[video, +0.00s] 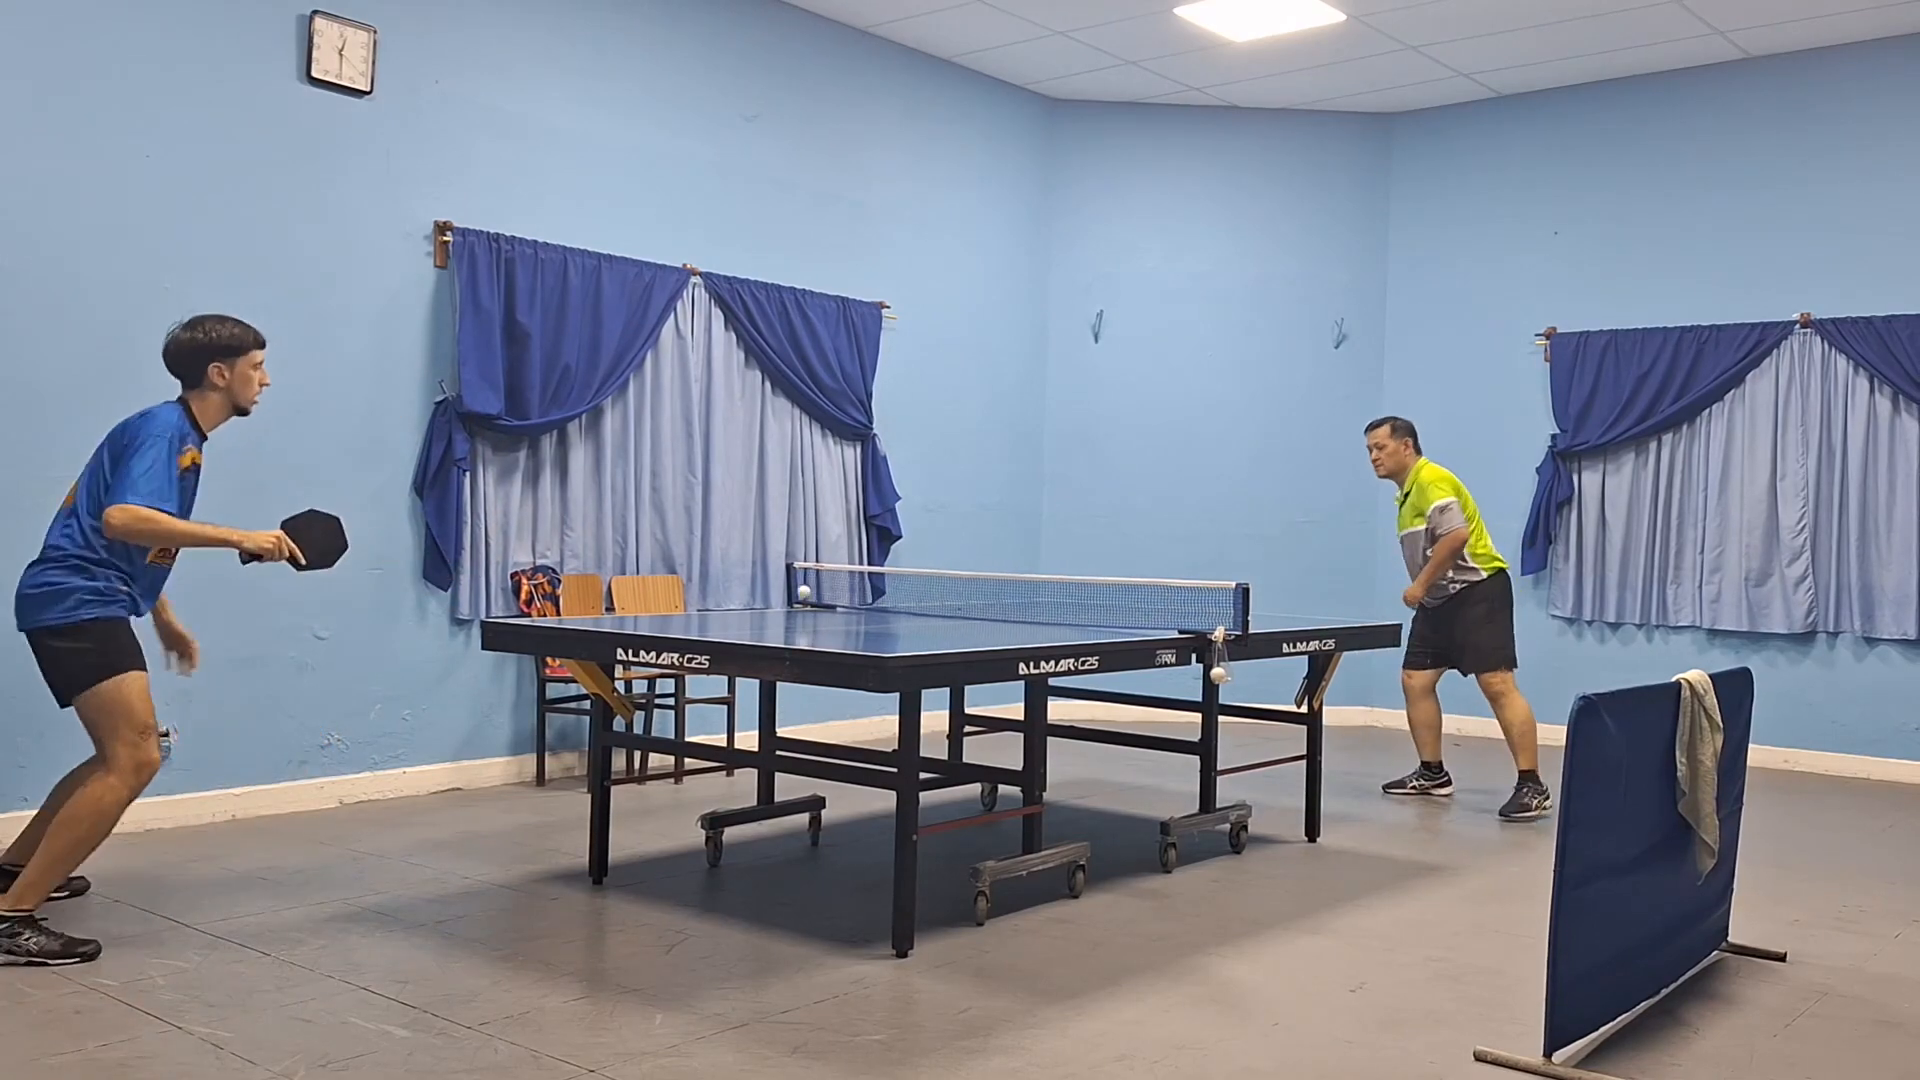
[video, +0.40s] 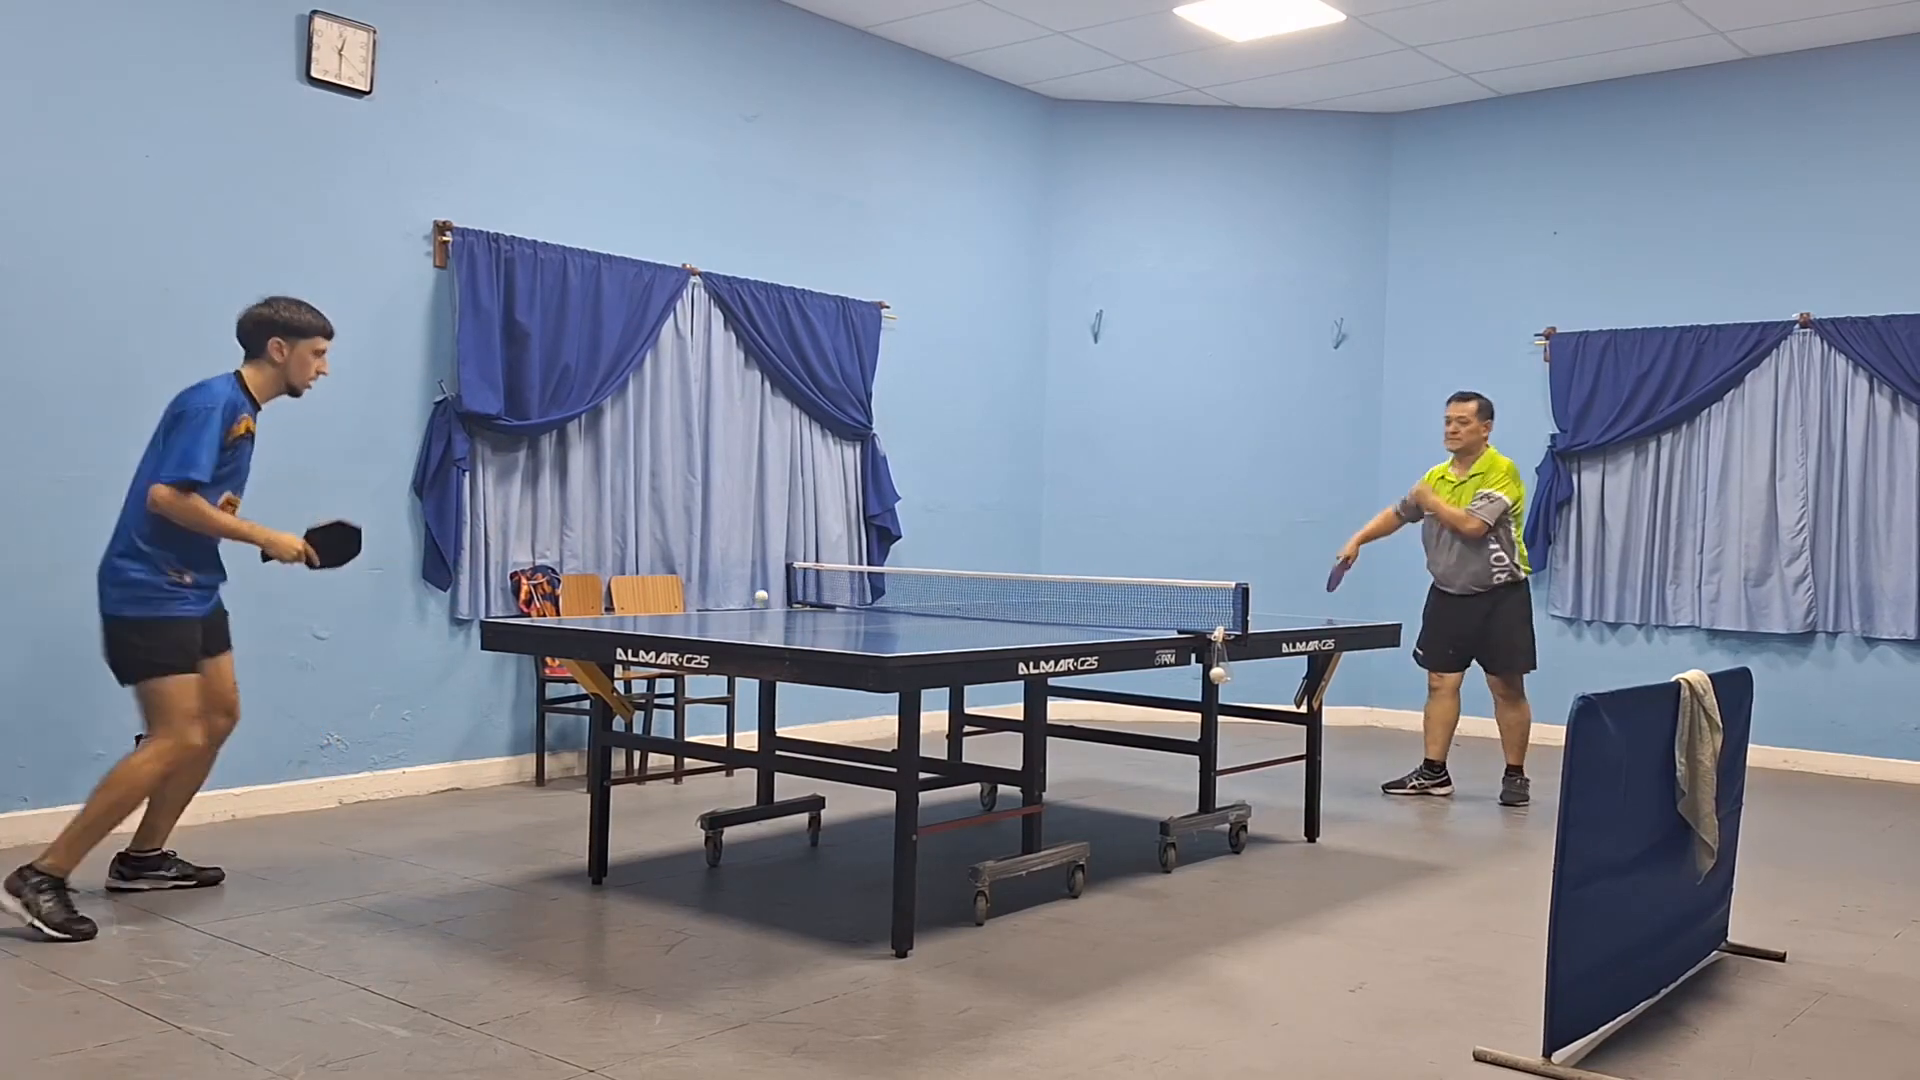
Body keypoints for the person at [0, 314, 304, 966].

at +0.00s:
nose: (265, 378)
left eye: (263, 365)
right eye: (257, 366)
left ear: (218, 375)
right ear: (218, 373)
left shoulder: (184, 443)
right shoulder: (160, 430)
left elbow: (132, 540)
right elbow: (118, 518)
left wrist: (161, 615)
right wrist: (238, 538)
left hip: (85, 598)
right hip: (71, 596)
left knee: (126, 753)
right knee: (134, 758)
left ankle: (21, 862)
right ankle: (14, 915)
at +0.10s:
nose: (275, 354)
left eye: (275, 341)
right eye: (268, 341)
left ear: (231, 347)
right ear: (227, 345)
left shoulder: (197, 415)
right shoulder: (160, 403)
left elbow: (162, 503)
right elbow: (124, 498)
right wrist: (239, 519)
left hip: (125, 582)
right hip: (88, 576)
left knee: (150, 728)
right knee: (116, 737)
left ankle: (28, 852)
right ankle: (16, 905)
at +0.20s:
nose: (292, 330)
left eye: (293, 318)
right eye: (286, 317)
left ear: (247, 317)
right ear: (245, 315)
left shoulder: (210, 382)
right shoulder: (174, 371)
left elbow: (123, 450)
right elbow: (144, 468)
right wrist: (253, 498)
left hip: (155, 555)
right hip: (107, 549)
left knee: (172, 699)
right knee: (106, 710)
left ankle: (74, 831)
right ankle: (34, 886)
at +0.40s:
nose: (324, 368)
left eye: (326, 355)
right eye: (318, 354)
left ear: (282, 353)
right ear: (277, 349)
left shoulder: (247, 415)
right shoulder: (212, 404)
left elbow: (209, 505)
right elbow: (166, 497)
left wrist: (268, 538)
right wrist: (263, 538)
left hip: (197, 589)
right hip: (148, 590)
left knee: (220, 716)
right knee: (180, 738)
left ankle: (143, 854)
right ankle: (44, 873)